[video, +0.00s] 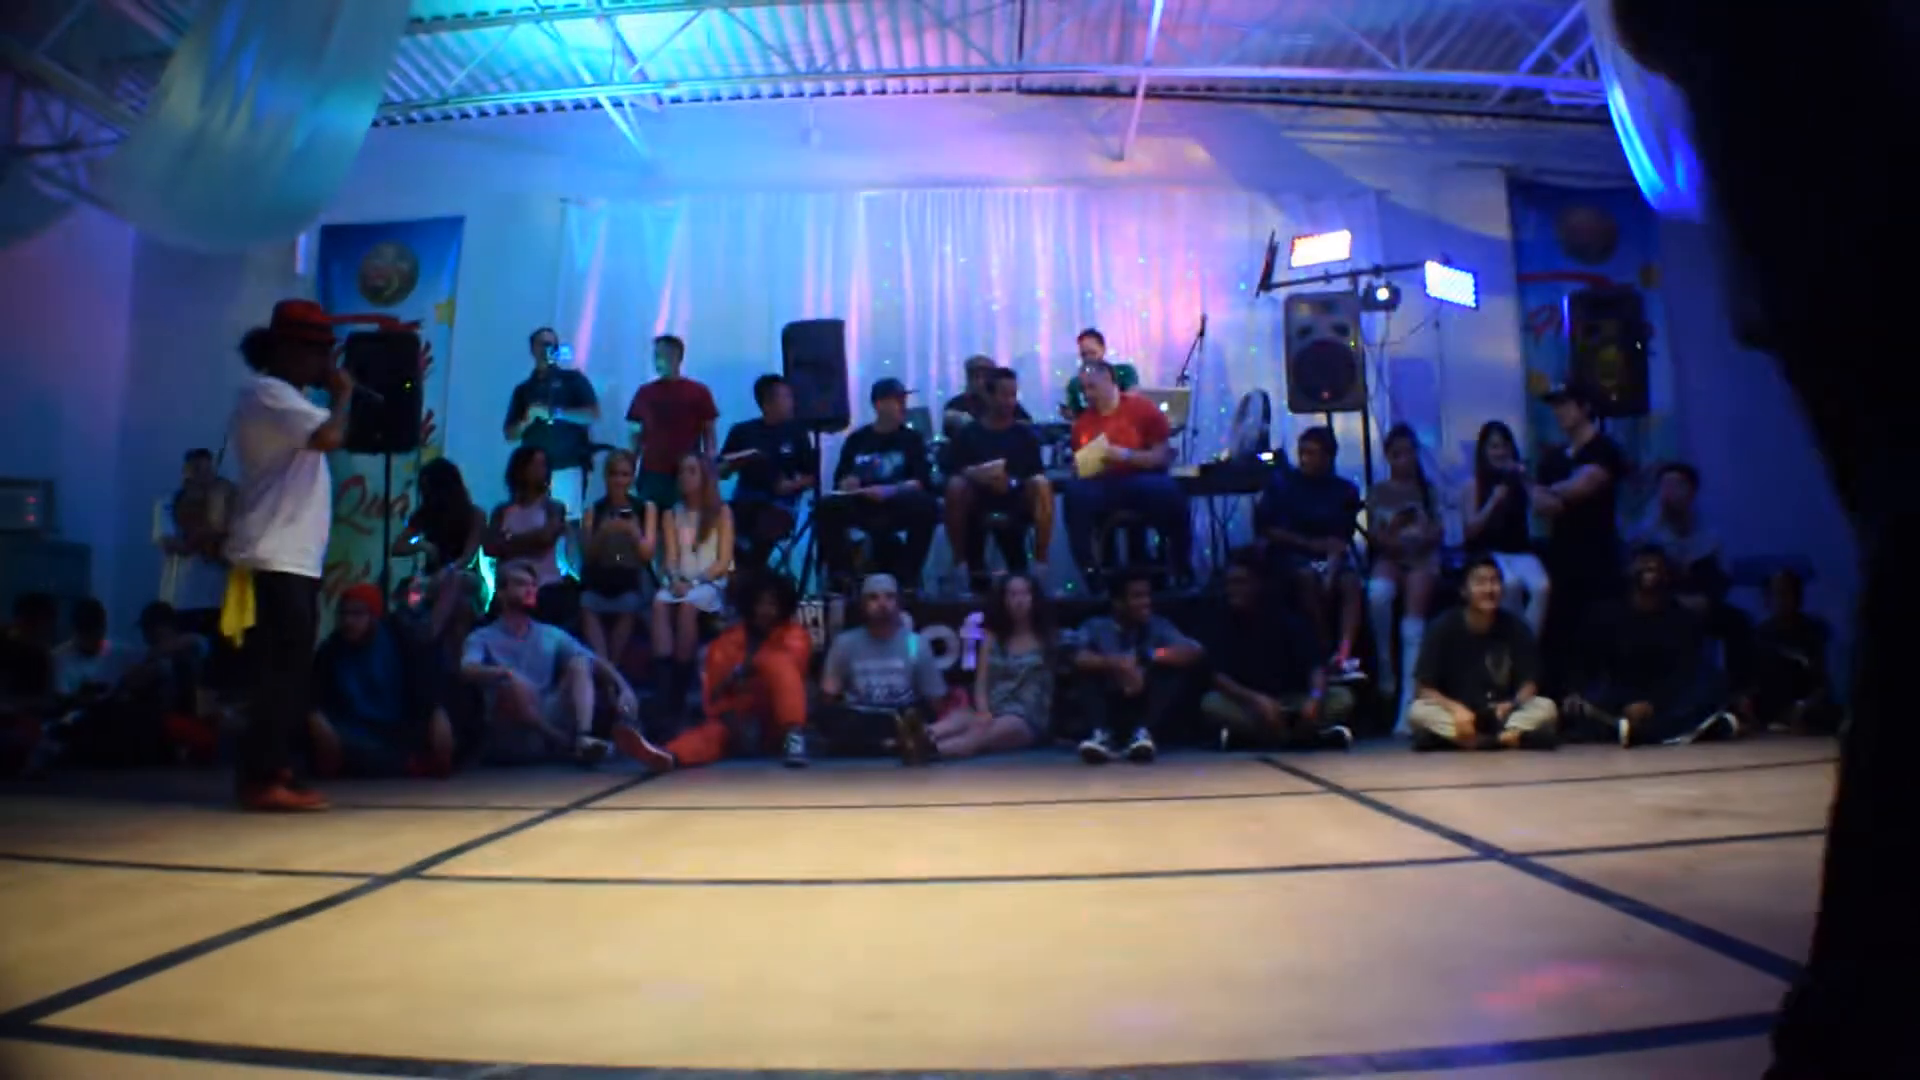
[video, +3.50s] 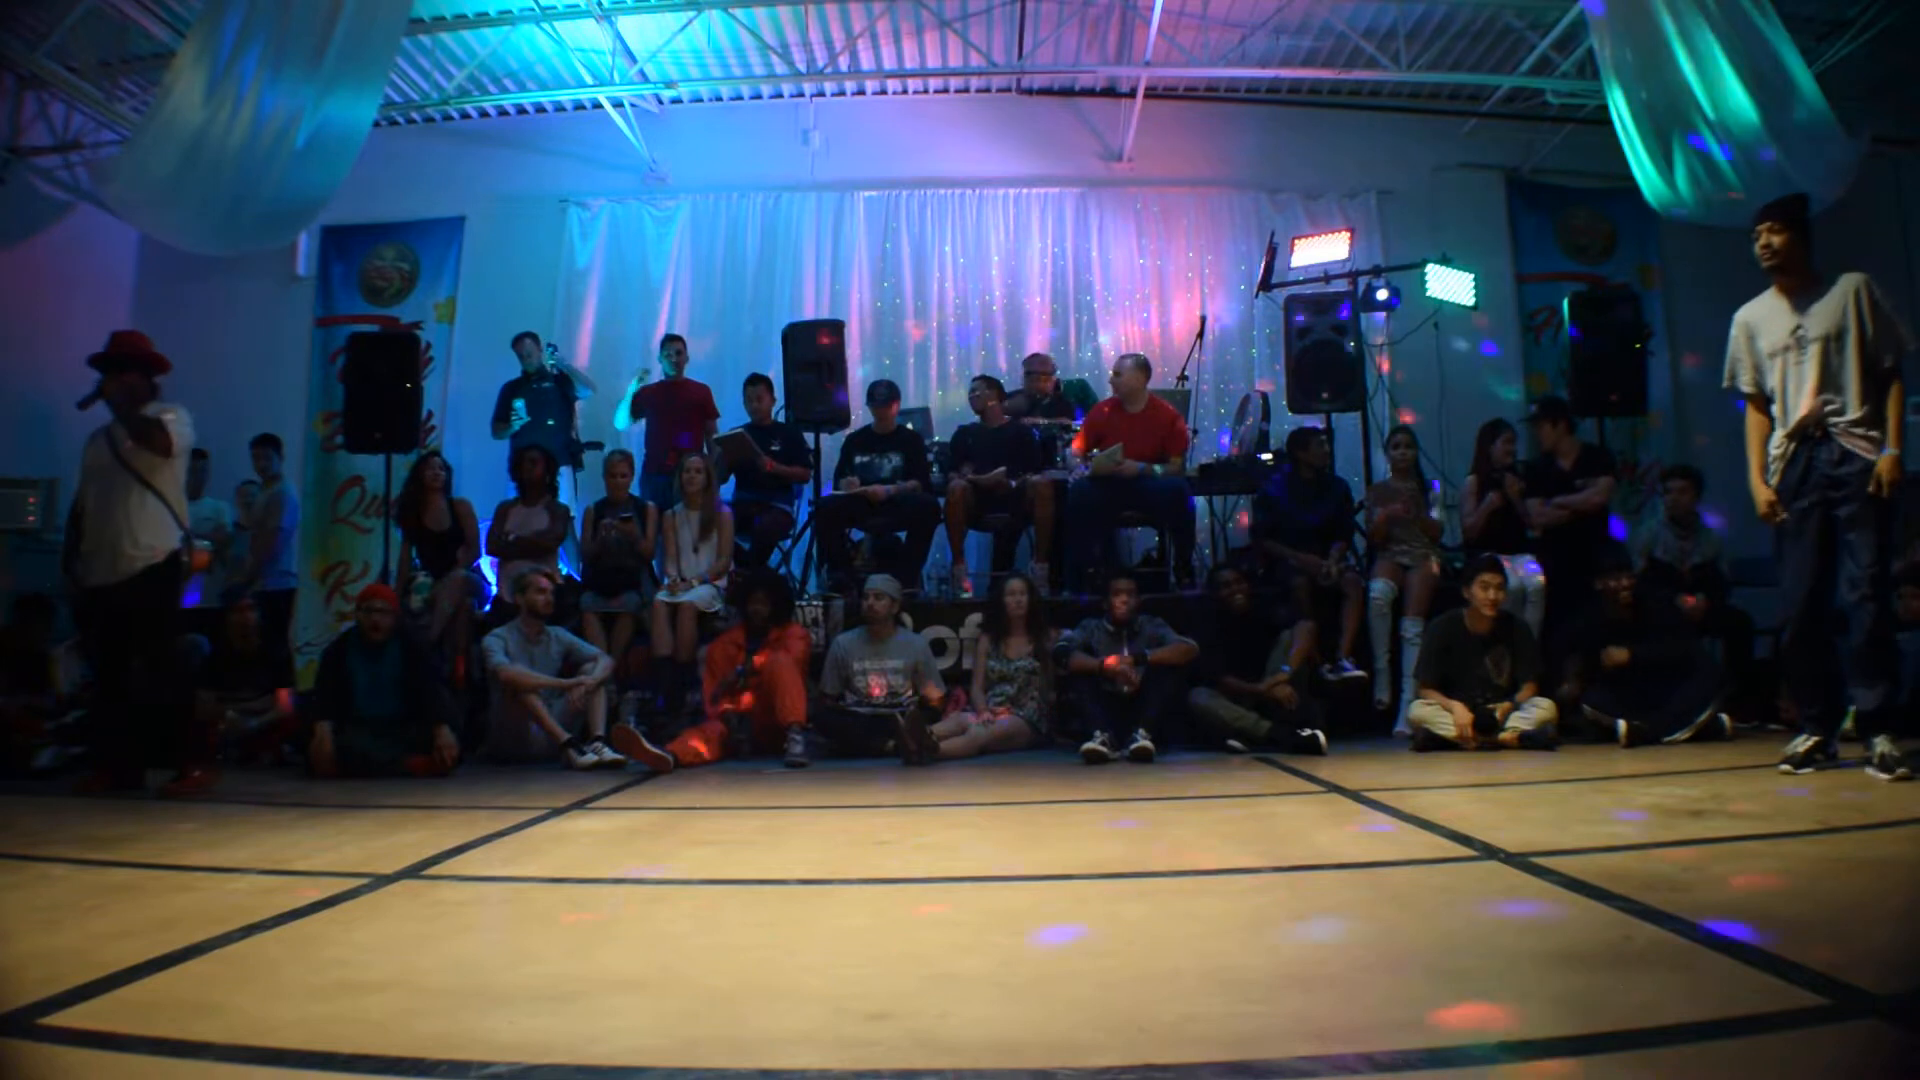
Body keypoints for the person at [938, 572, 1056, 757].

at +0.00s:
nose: (1020, 601)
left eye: (1026, 594)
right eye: (1013, 595)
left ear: (1034, 598)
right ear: (1004, 600)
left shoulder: (1045, 638)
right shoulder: (993, 638)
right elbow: (981, 682)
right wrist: (983, 713)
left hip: (1028, 713)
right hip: (993, 709)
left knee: (982, 737)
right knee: (960, 718)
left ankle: (933, 750)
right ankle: (924, 736)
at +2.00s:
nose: (1011, 600)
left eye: (1017, 594)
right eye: (1006, 595)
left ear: (1030, 598)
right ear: (999, 600)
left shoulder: (1044, 638)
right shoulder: (990, 640)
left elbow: (1053, 683)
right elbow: (978, 685)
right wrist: (983, 712)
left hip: (1030, 714)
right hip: (993, 710)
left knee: (980, 735)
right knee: (957, 720)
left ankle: (931, 751)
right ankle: (918, 736)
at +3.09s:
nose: (1017, 600)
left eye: (1022, 594)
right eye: (1010, 596)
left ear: (1030, 598)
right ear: (1001, 601)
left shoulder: (1045, 638)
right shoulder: (989, 641)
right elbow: (977, 687)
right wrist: (984, 711)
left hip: (1028, 712)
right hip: (991, 710)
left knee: (992, 734)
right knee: (954, 721)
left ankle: (933, 752)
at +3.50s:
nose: (1018, 599)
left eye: (1023, 594)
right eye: (1011, 594)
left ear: (1032, 599)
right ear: (1000, 600)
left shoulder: (1043, 638)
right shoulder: (988, 639)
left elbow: (1051, 686)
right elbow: (977, 687)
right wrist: (983, 711)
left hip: (1027, 714)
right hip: (990, 711)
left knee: (981, 735)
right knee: (958, 720)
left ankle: (931, 751)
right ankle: (917, 736)